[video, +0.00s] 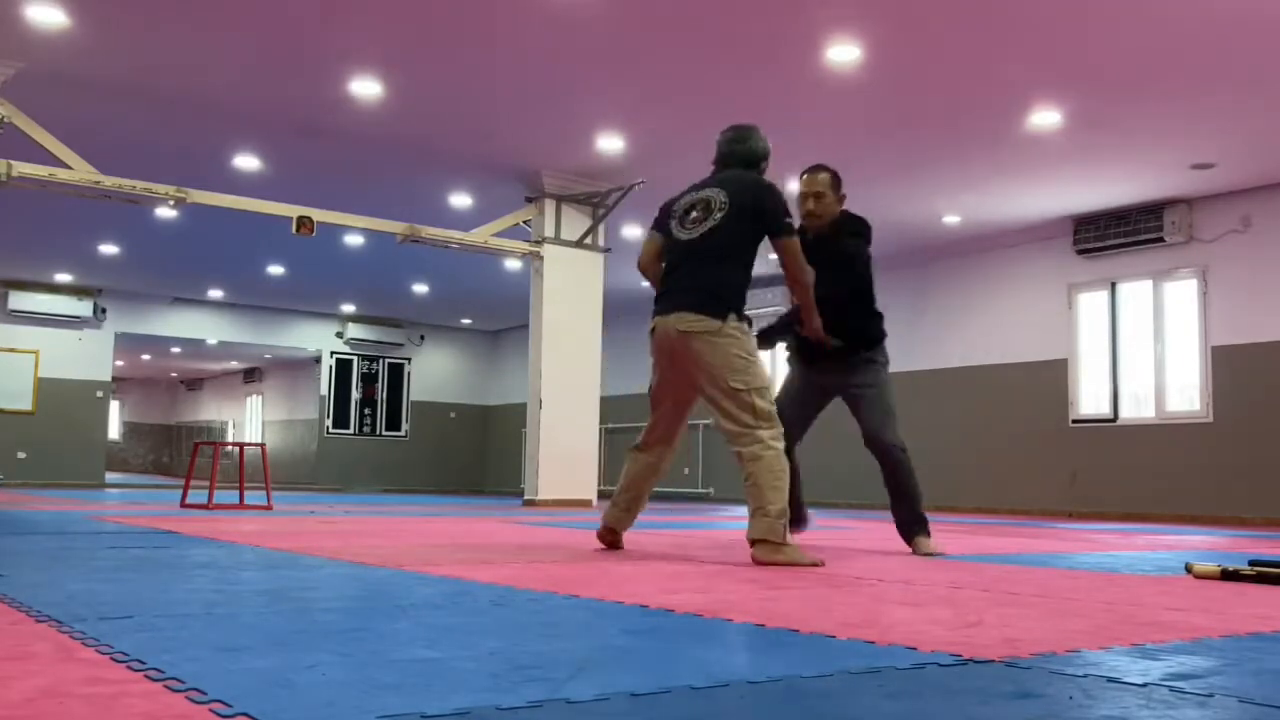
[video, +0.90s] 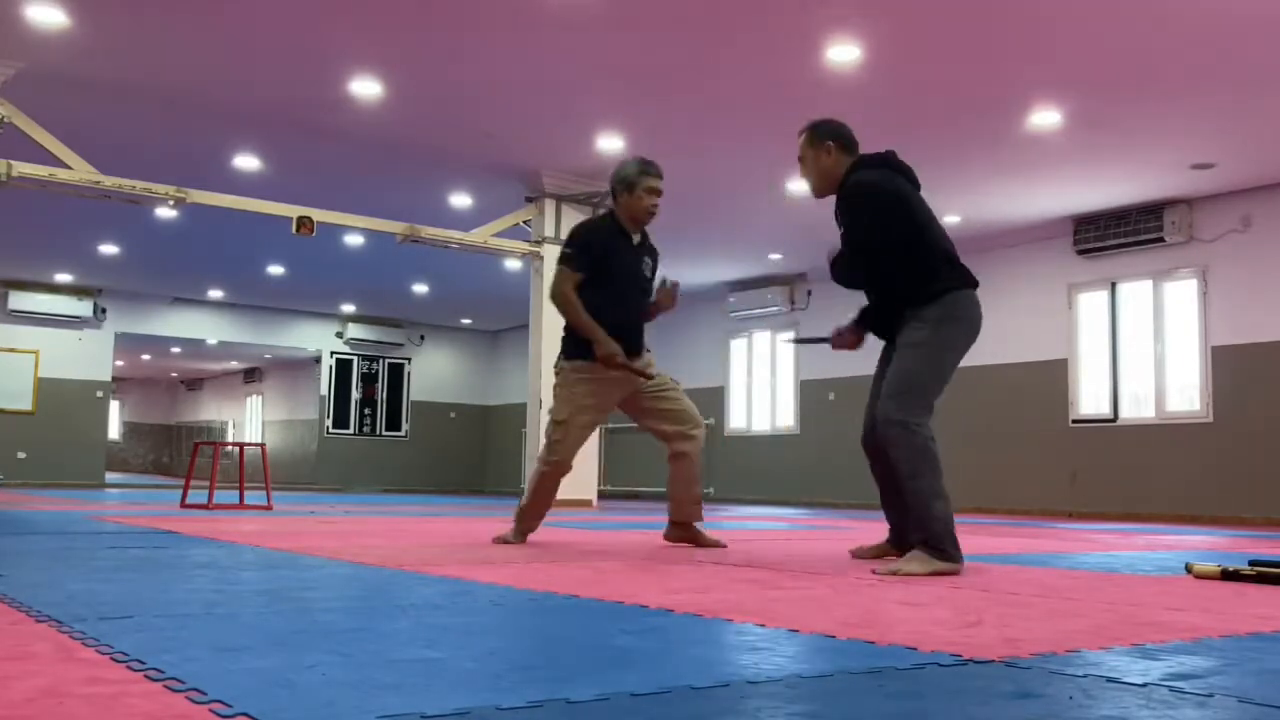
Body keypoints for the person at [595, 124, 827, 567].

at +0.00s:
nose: (768, 170)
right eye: (768, 164)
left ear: (718, 159)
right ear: (762, 163)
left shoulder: (680, 200)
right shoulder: (761, 192)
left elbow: (647, 263)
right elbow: (797, 271)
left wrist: (680, 295)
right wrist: (810, 318)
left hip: (666, 325)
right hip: (715, 325)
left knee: (660, 429)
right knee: (760, 431)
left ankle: (614, 523)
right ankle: (770, 540)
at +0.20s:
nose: (767, 155)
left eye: (764, 148)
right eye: (766, 148)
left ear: (718, 148)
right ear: (760, 148)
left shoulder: (697, 186)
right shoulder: (751, 169)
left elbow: (707, 261)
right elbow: (758, 213)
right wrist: (776, 289)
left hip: (669, 314)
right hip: (713, 314)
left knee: (666, 425)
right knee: (760, 426)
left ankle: (614, 519)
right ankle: (773, 539)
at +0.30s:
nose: (764, 194)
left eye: (767, 187)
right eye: (767, 184)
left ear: (732, 163)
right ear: (758, 174)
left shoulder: (722, 219)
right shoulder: (717, 176)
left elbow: (729, 297)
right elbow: (704, 179)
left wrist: (788, 308)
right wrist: (721, 253)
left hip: (642, 319)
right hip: (680, 320)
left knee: (656, 433)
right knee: (737, 421)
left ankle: (613, 524)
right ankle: (699, 523)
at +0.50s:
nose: (763, 238)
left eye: (766, 229)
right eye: (764, 227)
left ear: (739, 217)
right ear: (750, 218)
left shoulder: (711, 262)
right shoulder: (709, 220)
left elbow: (735, 331)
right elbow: (673, 207)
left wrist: (787, 365)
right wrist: (723, 257)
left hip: (637, 353)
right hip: (645, 352)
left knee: (665, 446)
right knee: (699, 439)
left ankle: (653, 537)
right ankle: (650, 540)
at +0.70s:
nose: (730, 221)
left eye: (732, 212)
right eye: (726, 210)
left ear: (704, 208)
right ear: (701, 205)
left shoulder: (690, 252)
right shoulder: (672, 230)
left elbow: (656, 313)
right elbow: (683, 280)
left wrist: (683, 353)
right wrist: (721, 327)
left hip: (659, 361)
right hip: (622, 355)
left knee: (706, 436)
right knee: (637, 433)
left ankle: (684, 528)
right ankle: (569, 520)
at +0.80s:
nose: (693, 207)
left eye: (695, 200)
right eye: (687, 198)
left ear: (677, 201)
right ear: (661, 196)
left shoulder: (663, 240)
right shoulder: (638, 229)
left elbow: (642, 299)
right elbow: (622, 285)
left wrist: (669, 328)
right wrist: (659, 339)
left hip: (652, 368)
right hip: (612, 368)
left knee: (703, 435)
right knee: (593, 457)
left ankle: (684, 529)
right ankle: (528, 512)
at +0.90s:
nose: (657, 202)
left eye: (660, 195)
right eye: (650, 193)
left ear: (656, 200)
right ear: (621, 194)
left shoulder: (647, 251)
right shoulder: (589, 233)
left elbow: (631, 313)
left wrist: (658, 306)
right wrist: (600, 338)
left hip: (635, 367)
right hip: (585, 368)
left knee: (688, 428)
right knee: (557, 456)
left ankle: (682, 523)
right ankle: (520, 532)